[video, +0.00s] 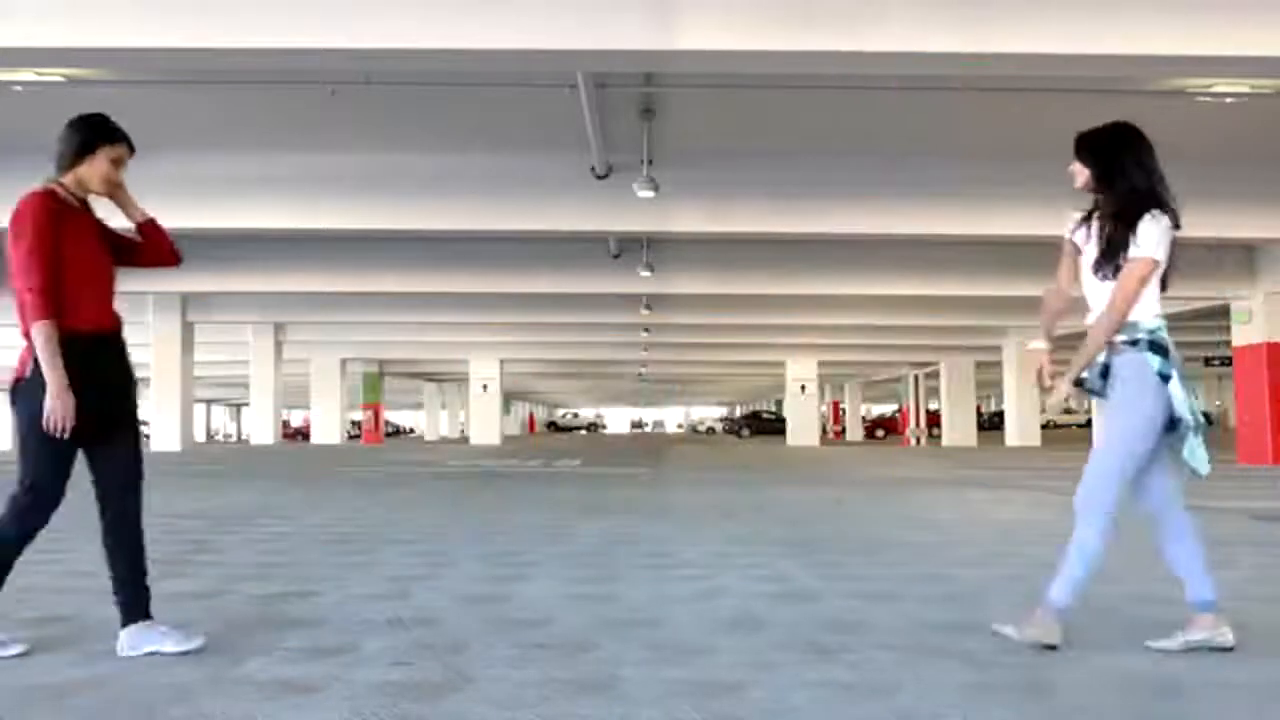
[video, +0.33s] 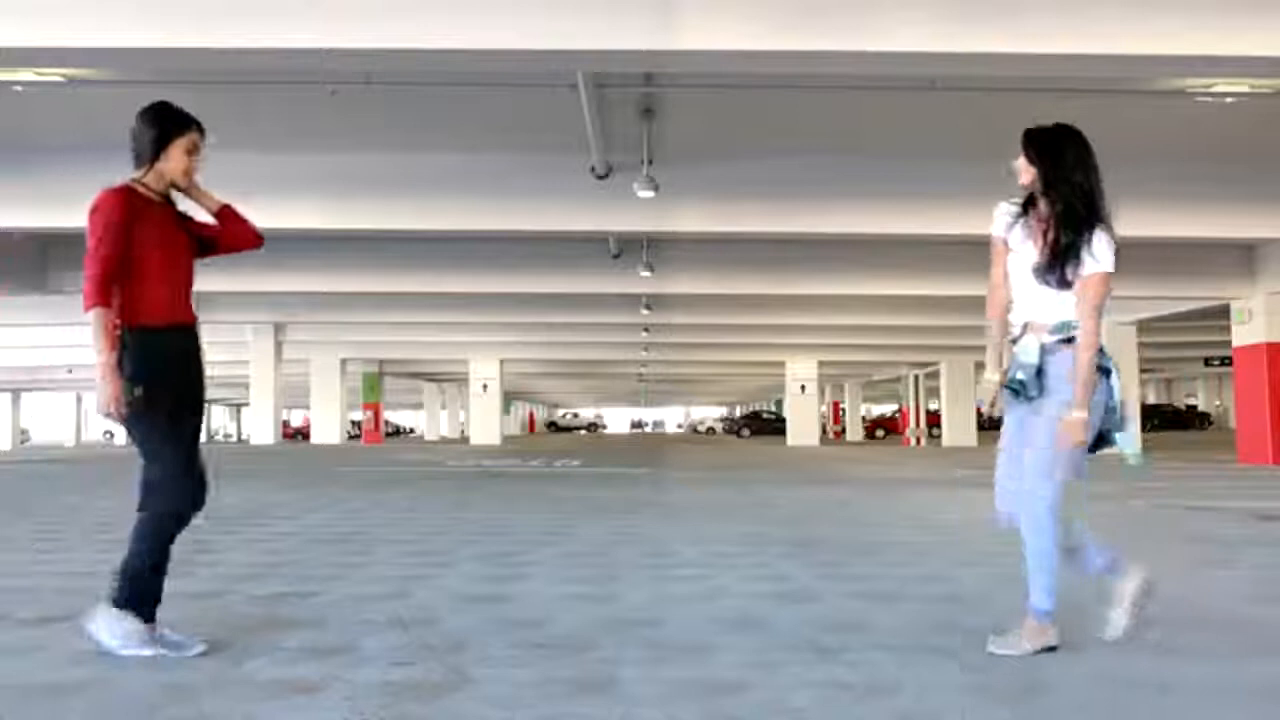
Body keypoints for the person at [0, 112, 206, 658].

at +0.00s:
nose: (117, 176)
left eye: (121, 167)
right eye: (114, 164)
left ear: (95, 163)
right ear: (85, 155)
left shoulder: (91, 227)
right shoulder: (36, 209)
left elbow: (165, 254)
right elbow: (33, 297)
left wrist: (121, 193)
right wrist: (56, 382)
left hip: (105, 364)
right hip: (51, 366)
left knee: (121, 494)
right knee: (36, 499)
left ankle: (136, 624)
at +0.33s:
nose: (194, 162)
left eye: (197, 153)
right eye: (189, 150)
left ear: (173, 156)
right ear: (159, 149)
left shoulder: (174, 222)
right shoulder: (116, 204)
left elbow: (246, 238)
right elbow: (98, 292)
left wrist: (196, 189)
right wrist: (108, 370)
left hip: (182, 352)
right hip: (142, 352)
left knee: (175, 489)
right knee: (178, 487)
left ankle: (140, 619)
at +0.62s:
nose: (258, 159)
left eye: (256, 150)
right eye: (250, 150)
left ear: (229, 158)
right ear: (221, 157)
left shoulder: (232, 225)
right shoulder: (191, 213)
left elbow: (294, 269)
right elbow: (179, 300)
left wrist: (257, 214)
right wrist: (187, 384)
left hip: (233, 363)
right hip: (205, 364)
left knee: (192, 499)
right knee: (247, 494)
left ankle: (140, 626)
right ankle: (296, 627)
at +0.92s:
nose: (315, 149)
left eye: (312, 139)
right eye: (305, 140)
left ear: (281, 151)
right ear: (277, 151)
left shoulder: (286, 214)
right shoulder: (256, 212)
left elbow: (294, 292)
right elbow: (257, 302)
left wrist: (326, 276)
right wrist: (319, 356)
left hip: (307, 364)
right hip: (278, 366)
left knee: (314, 497)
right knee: (287, 496)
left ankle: (205, 584)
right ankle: (304, 630)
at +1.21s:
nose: (376, 145)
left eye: (375, 135)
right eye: (367, 136)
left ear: (336, 147)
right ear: (341, 144)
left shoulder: (354, 216)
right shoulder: (317, 199)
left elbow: (394, 250)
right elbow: (360, 161)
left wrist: (446, 235)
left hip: (359, 359)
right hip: (321, 357)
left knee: (397, 486)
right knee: (309, 495)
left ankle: (410, 616)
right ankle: (304, 631)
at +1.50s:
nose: (452, 140)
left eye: (445, 133)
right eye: (440, 136)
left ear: (429, 151)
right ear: (422, 152)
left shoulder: (439, 213)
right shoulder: (404, 196)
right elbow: (351, 159)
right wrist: (343, 73)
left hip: (433, 359)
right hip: (396, 354)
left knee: (451, 501)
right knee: (373, 498)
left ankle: (458, 623)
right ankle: (315, 621)